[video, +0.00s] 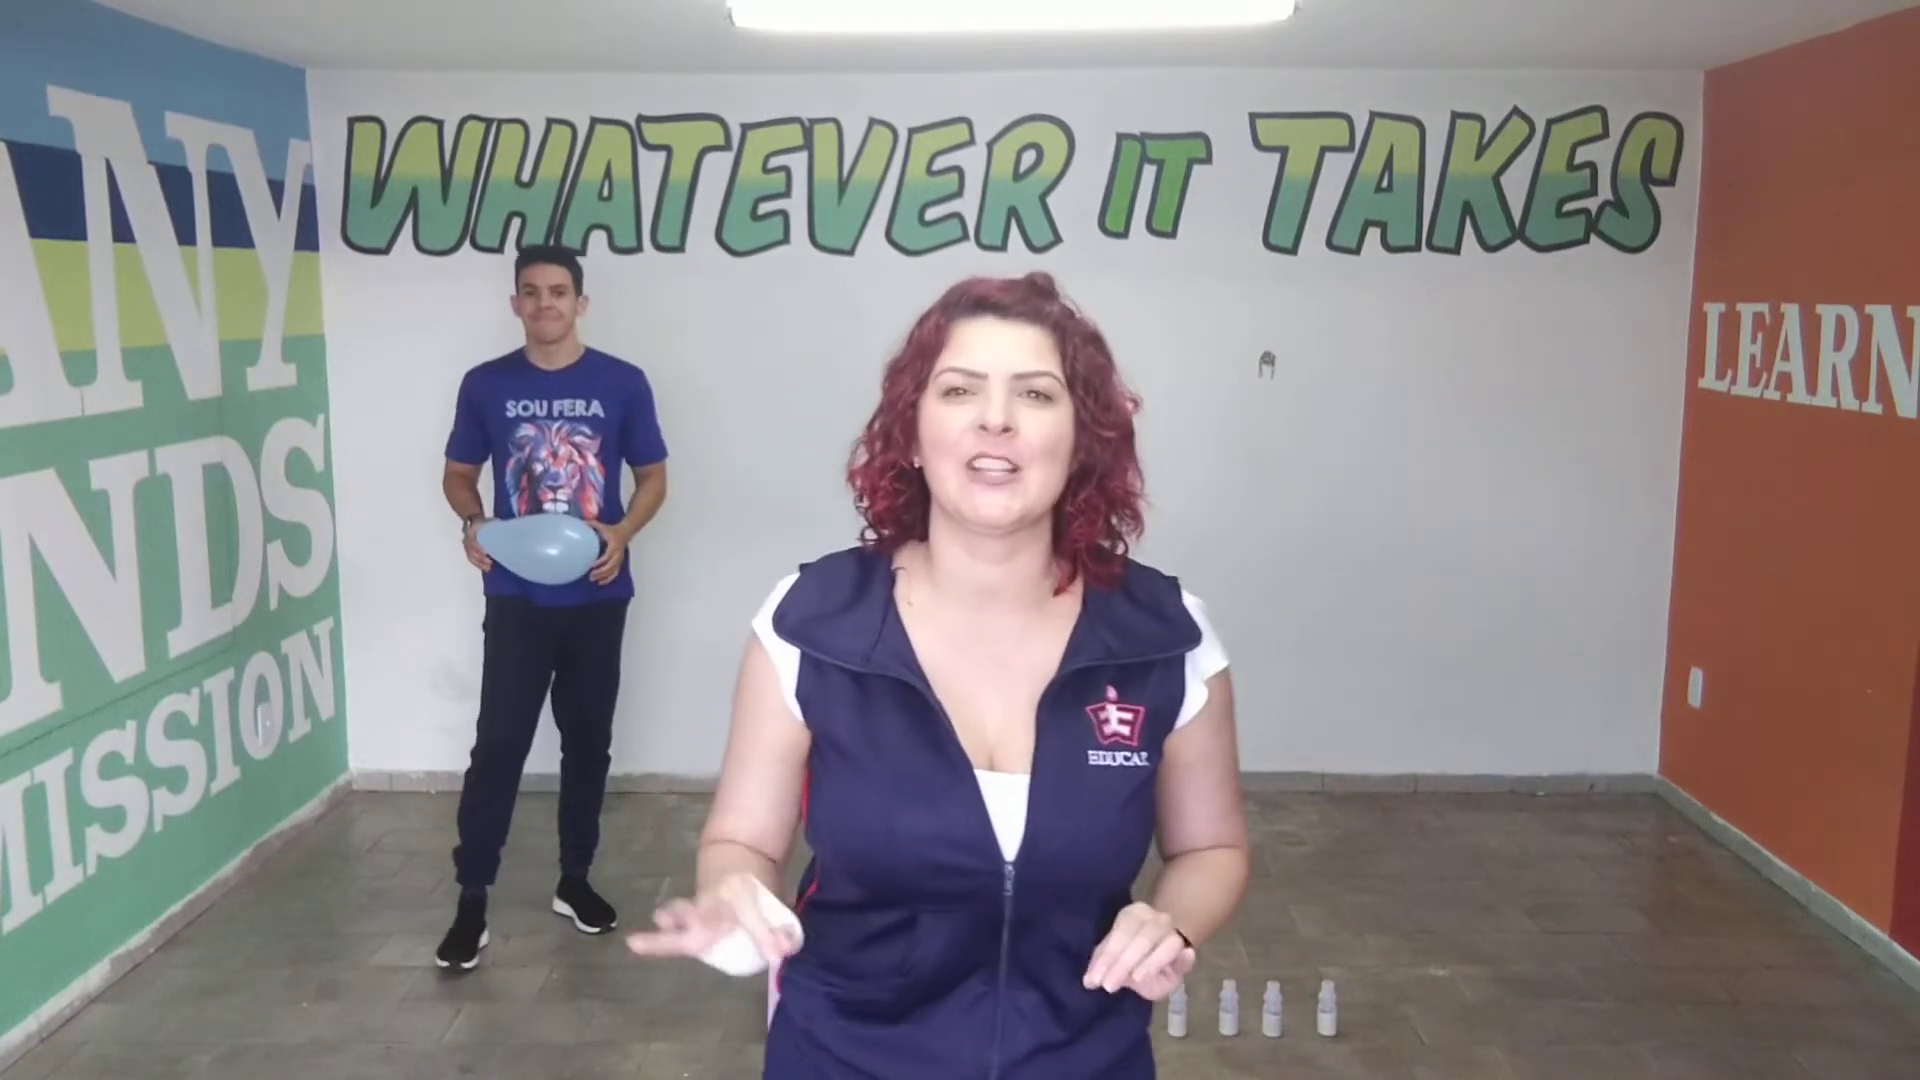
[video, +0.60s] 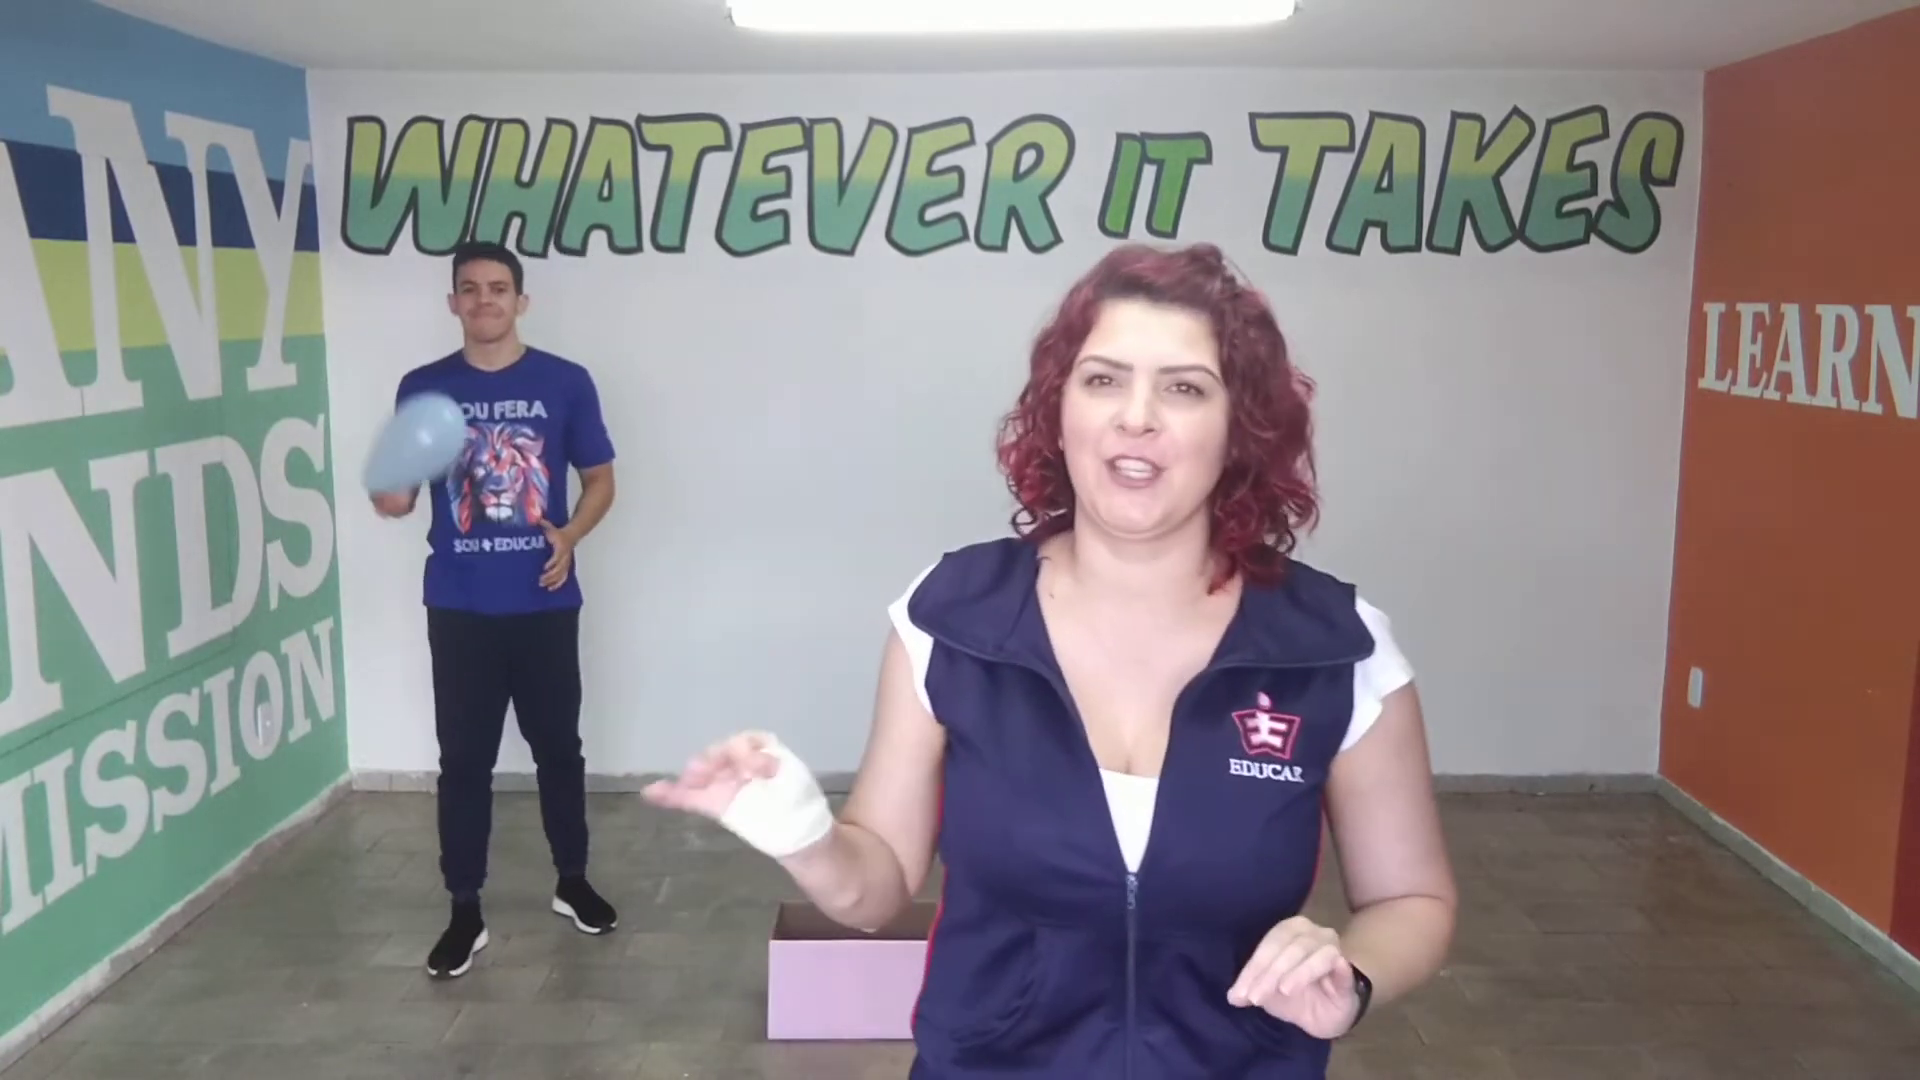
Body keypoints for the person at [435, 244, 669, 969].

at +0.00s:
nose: (543, 304)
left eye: (556, 293)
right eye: (531, 292)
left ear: (580, 302)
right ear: (517, 302)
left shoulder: (623, 385)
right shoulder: (486, 385)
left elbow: (655, 479)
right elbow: (458, 479)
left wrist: (625, 529)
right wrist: (477, 520)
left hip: (597, 598)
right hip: (517, 597)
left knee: (587, 746)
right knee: (498, 748)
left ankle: (574, 882)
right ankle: (471, 905)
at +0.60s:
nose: (482, 301)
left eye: (495, 289)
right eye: (469, 289)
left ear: (520, 301)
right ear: (453, 302)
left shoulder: (565, 384)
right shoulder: (425, 388)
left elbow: (602, 483)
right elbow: (396, 503)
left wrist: (572, 533)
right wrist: (396, 459)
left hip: (543, 608)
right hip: (460, 610)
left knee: (559, 750)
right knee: (463, 762)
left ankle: (572, 882)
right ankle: (465, 912)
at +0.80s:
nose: (459, 302)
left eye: (473, 290)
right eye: (445, 291)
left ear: (496, 300)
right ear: (429, 302)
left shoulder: (544, 383)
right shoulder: (400, 391)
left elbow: (580, 483)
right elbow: (366, 499)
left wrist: (553, 532)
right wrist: (354, 436)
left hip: (532, 608)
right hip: (445, 614)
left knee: (555, 751)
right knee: (453, 765)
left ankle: (572, 881)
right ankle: (464, 913)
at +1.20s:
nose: (443, 305)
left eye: (454, 292)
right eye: (428, 295)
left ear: (475, 300)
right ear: (408, 308)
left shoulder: (524, 382)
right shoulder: (383, 392)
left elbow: (557, 478)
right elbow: (355, 499)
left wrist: (548, 533)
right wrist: (353, 412)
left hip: (525, 611)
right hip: (438, 621)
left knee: (567, 755)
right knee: (449, 772)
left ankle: (589, 899)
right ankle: (463, 915)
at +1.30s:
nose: (462, 307)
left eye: (471, 293)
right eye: (445, 296)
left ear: (486, 298)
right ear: (418, 305)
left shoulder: (529, 384)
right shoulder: (393, 393)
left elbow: (560, 477)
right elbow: (351, 503)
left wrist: (553, 531)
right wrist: (365, 431)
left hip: (525, 608)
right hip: (438, 618)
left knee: (569, 757)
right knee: (451, 773)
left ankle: (609, 907)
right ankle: (464, 916)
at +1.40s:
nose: (481, 313)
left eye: (491, 301)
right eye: (466, 301)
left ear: (503, 306)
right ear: (431, 305)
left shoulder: (537, 385)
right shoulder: (391, 392)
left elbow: (567, 479)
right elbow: (350, 505)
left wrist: (560, 527)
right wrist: (378, 464)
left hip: (532, 611)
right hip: (444, 620)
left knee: (574, 759)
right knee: (454, 772)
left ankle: (615, 911)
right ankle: (464, 916)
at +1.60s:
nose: (527, 328)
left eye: (536, 316)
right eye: (515, 313)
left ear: (542, 316)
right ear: (474, 306)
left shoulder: (564, 389)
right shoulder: (417, 392)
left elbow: (595, 485)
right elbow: (376, 489)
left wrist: (583, 533)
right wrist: (405, 515)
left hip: (553, 618)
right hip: (464, 621)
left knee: (583, 766)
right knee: (467, 774)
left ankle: (610, 919)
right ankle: (466, 915)